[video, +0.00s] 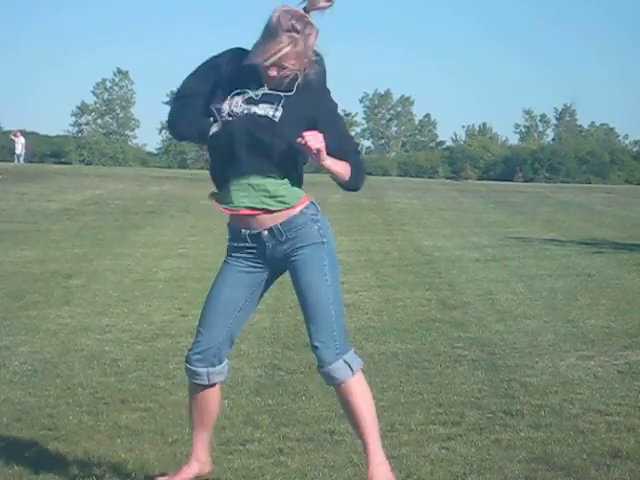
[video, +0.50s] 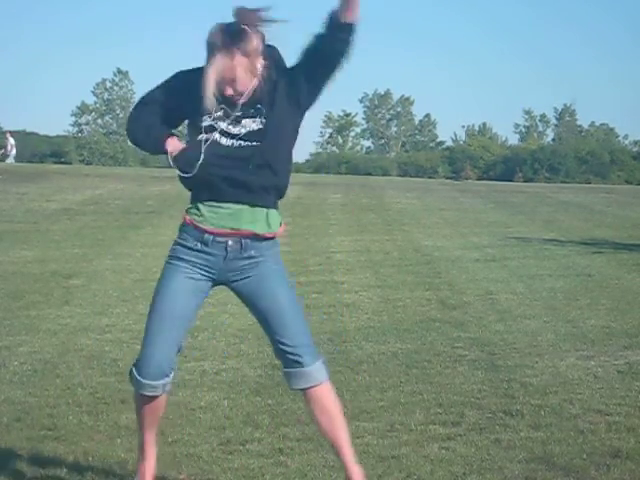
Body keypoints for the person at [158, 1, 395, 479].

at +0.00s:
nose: (276, 75)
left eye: (287, 71)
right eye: (272, 65)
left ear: (303, 63)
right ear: (262, 49)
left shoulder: (311, 94)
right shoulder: (226, 73)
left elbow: (354, 174)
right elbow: (181, 124)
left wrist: (326, 157)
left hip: (301, 234)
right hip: (244, 243)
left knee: (331, 353)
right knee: (203, 358)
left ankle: (379, 466)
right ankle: (199, 462)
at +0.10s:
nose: (272, 92)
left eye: (286, 86)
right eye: (267, 79)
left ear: (300, 83)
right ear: (256, 63)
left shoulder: (304, 124)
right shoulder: (213, 104)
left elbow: (331, 202)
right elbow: (179, 171)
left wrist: (330, 202)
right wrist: (203, 209)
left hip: (300, 253)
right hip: (243, 264)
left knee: (335, 372)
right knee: (191, 373)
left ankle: (385, 470)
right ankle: (172, 468)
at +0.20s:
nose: (272, 103)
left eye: (284, 98)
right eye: (268, 90)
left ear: (293, 105)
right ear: (252, 88)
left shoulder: (301, 159)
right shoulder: (206, 146)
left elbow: (313, 240)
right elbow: (165, 211)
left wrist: (339, 213)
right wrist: (211, 229)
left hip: (298, 293)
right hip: (235, 303)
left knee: (346, 396)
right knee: (162, 388)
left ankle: (388, 476)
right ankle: (171, 475)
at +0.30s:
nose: (253, 116)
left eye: (265, 111)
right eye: (248, 104)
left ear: (281, 114)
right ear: (238, 96)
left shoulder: (289, 152)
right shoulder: (199, 144)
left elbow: (335, 218)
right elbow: (151, 202)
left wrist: (352, 159)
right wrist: (197, 190)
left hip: (286, 290)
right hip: (226, 297)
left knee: (341, 389)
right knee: (155, 384)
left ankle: (388, 475)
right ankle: (170, 475)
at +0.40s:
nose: (253, 71)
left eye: (261, 70)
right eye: (244, 67)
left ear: (270, 81)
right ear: (226, 73)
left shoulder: (288, 111)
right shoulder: (195, 106)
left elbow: (362, 125)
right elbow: (140, 146)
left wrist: (344, 67)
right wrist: (181, 151)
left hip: (271, 258)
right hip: (208, 261)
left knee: (324, 369)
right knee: (154, 368)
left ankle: (383, 472)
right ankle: (163, 470)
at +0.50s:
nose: (234, 93)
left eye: (241, 84)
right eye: (224, 84)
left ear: (260, 67)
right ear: (212, 65)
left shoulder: (290, 90)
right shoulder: (192, 85)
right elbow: (140, 119)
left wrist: (348, 8)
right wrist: (173, 146)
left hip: (259, 256)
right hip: (193, 251)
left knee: (305, 363)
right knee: (151, 368)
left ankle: (354, 470)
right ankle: (147, 461)